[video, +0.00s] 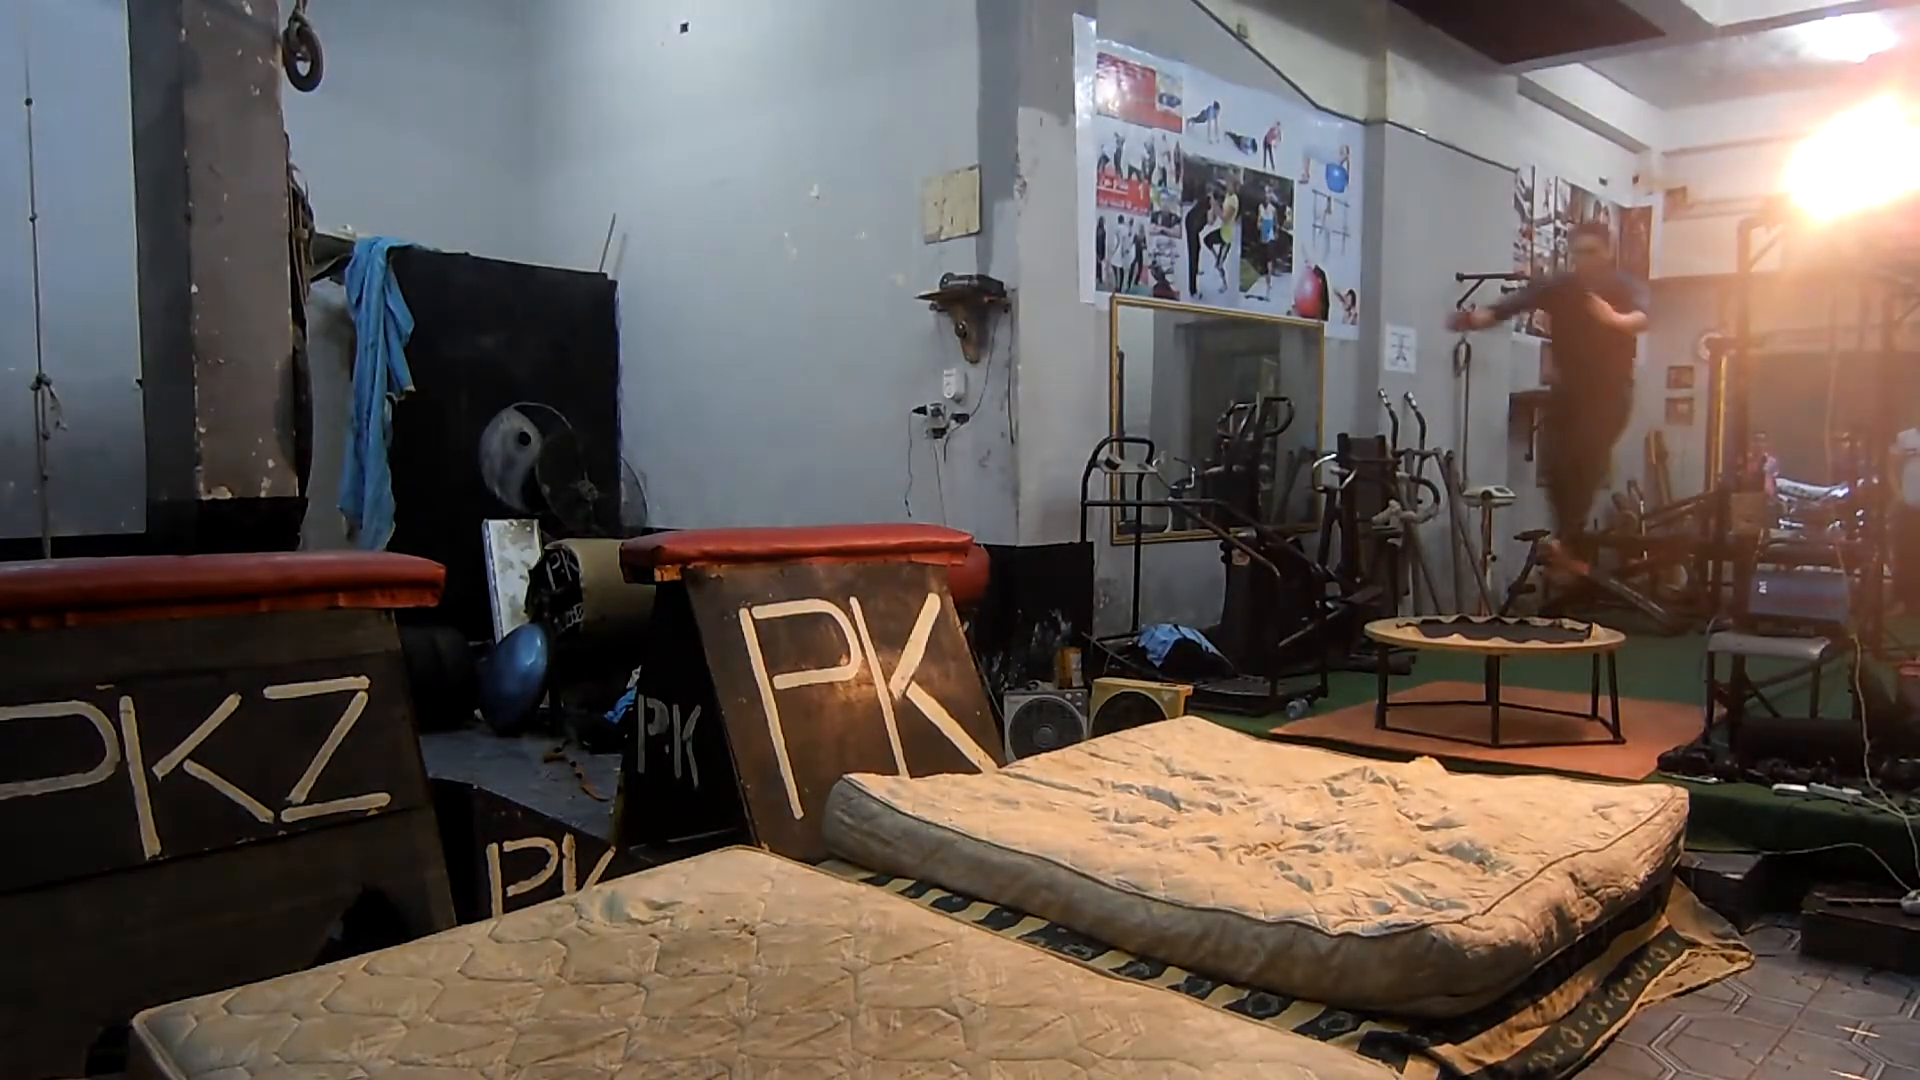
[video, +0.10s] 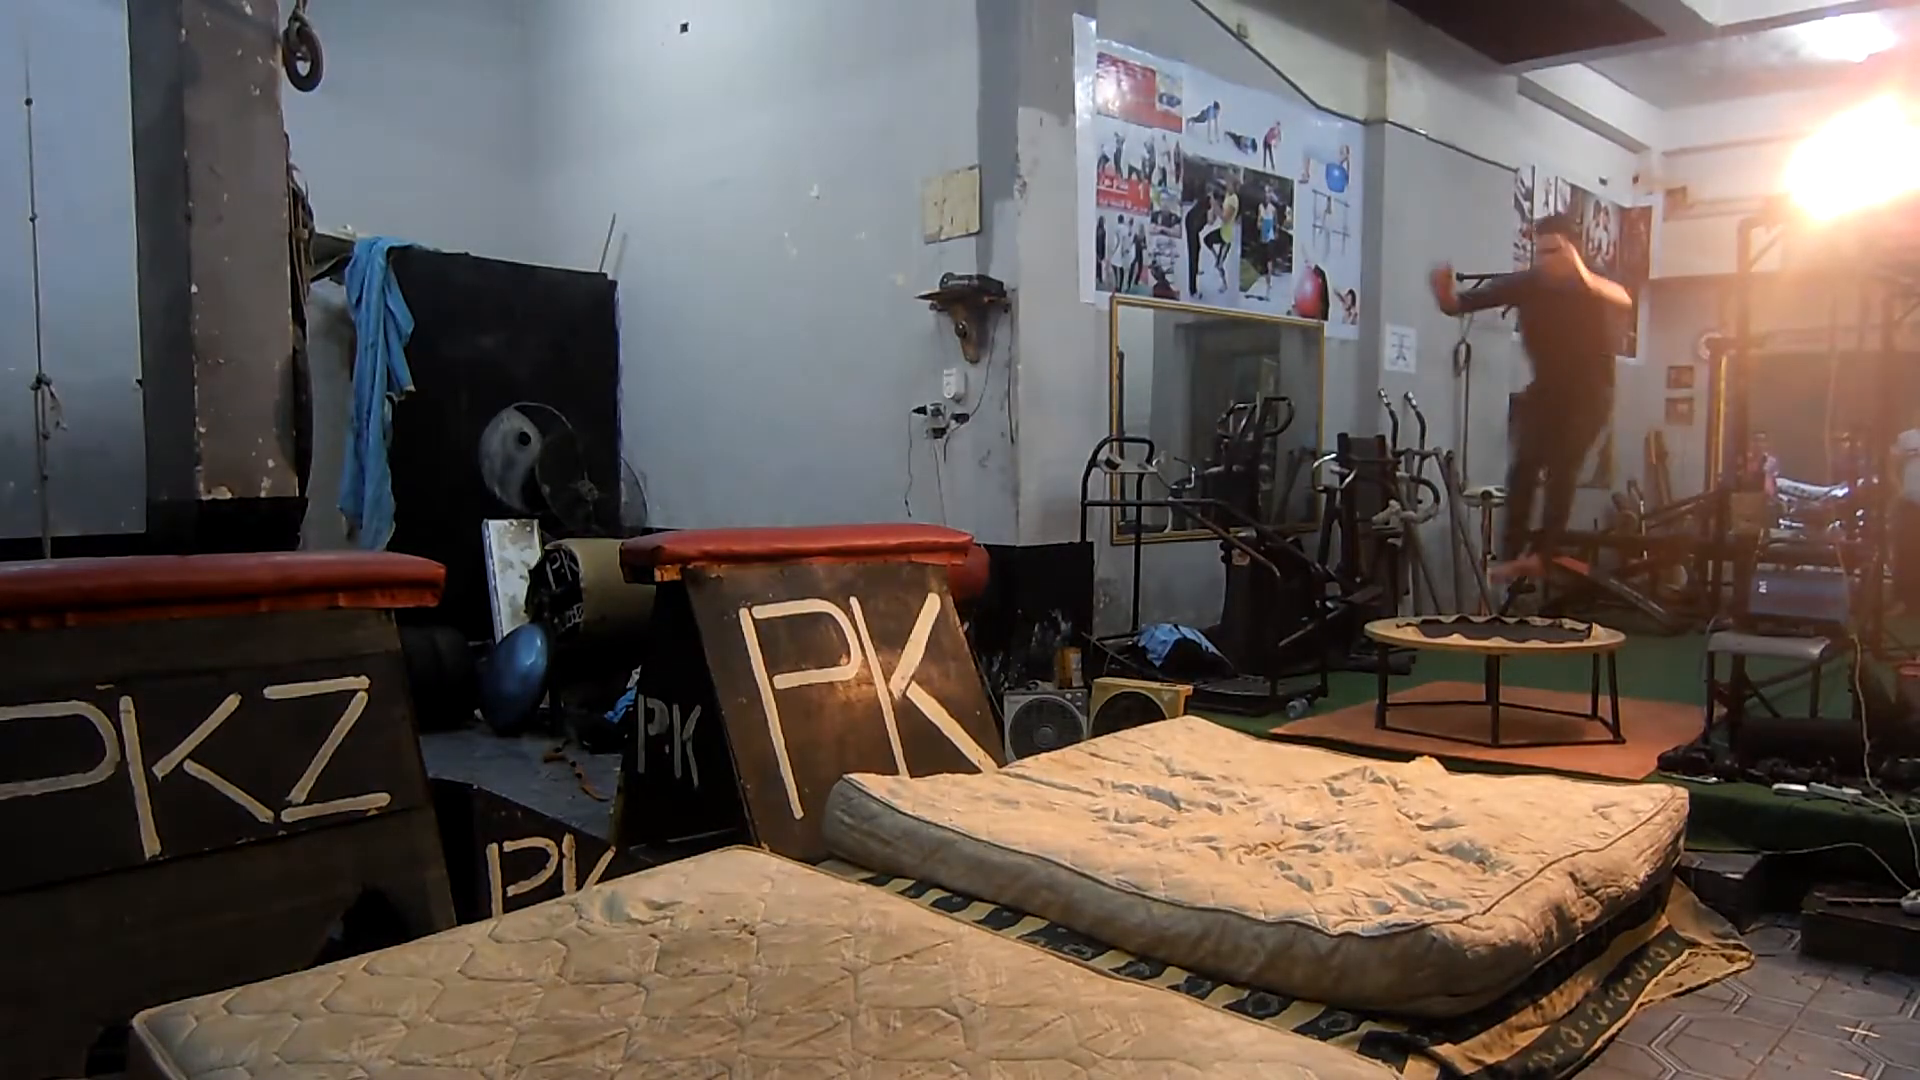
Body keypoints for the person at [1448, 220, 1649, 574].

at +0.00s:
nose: (1584, 260)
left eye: (1592, 252)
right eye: (1579, 252)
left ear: (1608, 253)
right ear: (1570, 253)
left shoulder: (1625, 285)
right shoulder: (1558, 287)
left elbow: (1642, 318)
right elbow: (1515, 304)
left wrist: (1612, 317)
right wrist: (1477, 317)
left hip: (1609, 393)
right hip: (1569, 391)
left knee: (1586, 463)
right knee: (1560, 466)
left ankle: (1567, 543)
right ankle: (1571, 550)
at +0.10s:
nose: (1547, 259)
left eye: (1554, 250)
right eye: (1540, 251)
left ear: (1572, 248)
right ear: (1533, 253)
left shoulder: (1595, 285)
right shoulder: (1525, 285)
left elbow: (1625, 300)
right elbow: (1458, 305)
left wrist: (1584, 274)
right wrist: (1446, 292)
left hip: (1591, 391)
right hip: (1545, 389)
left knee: (1563, 469)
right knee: (1523, 467)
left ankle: (1544, 555)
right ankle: (1510, 557)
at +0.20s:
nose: (1512, 282)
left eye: (1519, 273)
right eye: (1507, 274)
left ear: (1540, 268)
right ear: (1499, 272)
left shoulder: (1560, 300)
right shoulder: (1489, 304)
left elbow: (1600, 280)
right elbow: (1421, 295)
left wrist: (1554, 235)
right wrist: (1451, 250)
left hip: (1559, 422)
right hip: (1515, 421)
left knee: (1529, 507)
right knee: (1491, 509)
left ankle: (1516, 609)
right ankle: (1469, 606)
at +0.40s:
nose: (1455, 288)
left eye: (1461, 278)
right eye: (1447, 280)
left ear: (1474, 264)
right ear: (1434, 271)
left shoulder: (1496, 275)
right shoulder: (1423, 276)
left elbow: (1506, 282)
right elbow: (1370, 278)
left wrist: (1465, 221)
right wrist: (1385, 217)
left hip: (1502, 406)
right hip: (1457, 407)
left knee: (1507, 511)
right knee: (1462, 513)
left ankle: (1506, 613)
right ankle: (1468, 611)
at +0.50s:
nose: (1425, 295)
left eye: (1433, 286)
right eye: (1418, 287)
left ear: (1446, 269)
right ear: (1403, 273)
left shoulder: (1469, 263)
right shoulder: (1385, 259)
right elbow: (1342, 337)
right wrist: (1358, 420)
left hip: (1476, 316)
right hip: (1432, 324)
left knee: (1481, 411)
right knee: (1445, 422)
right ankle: (1469, 502)